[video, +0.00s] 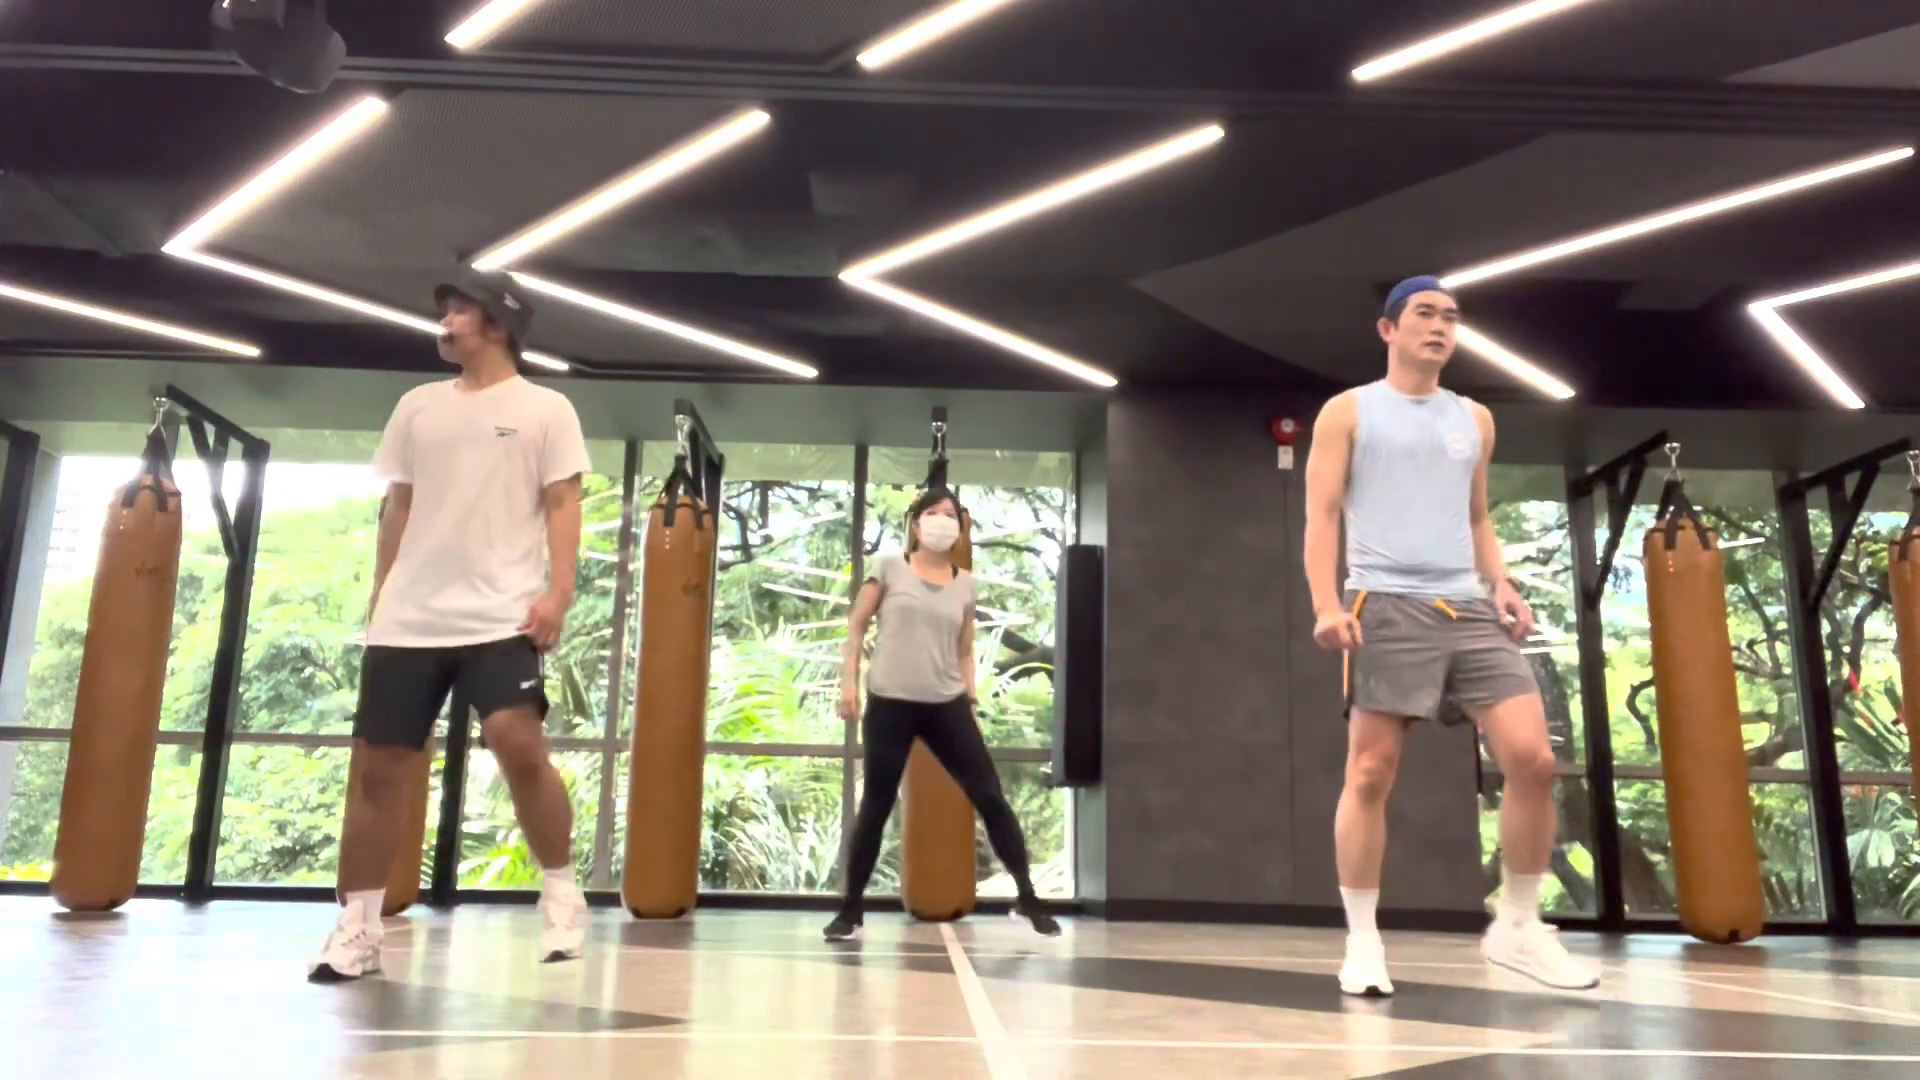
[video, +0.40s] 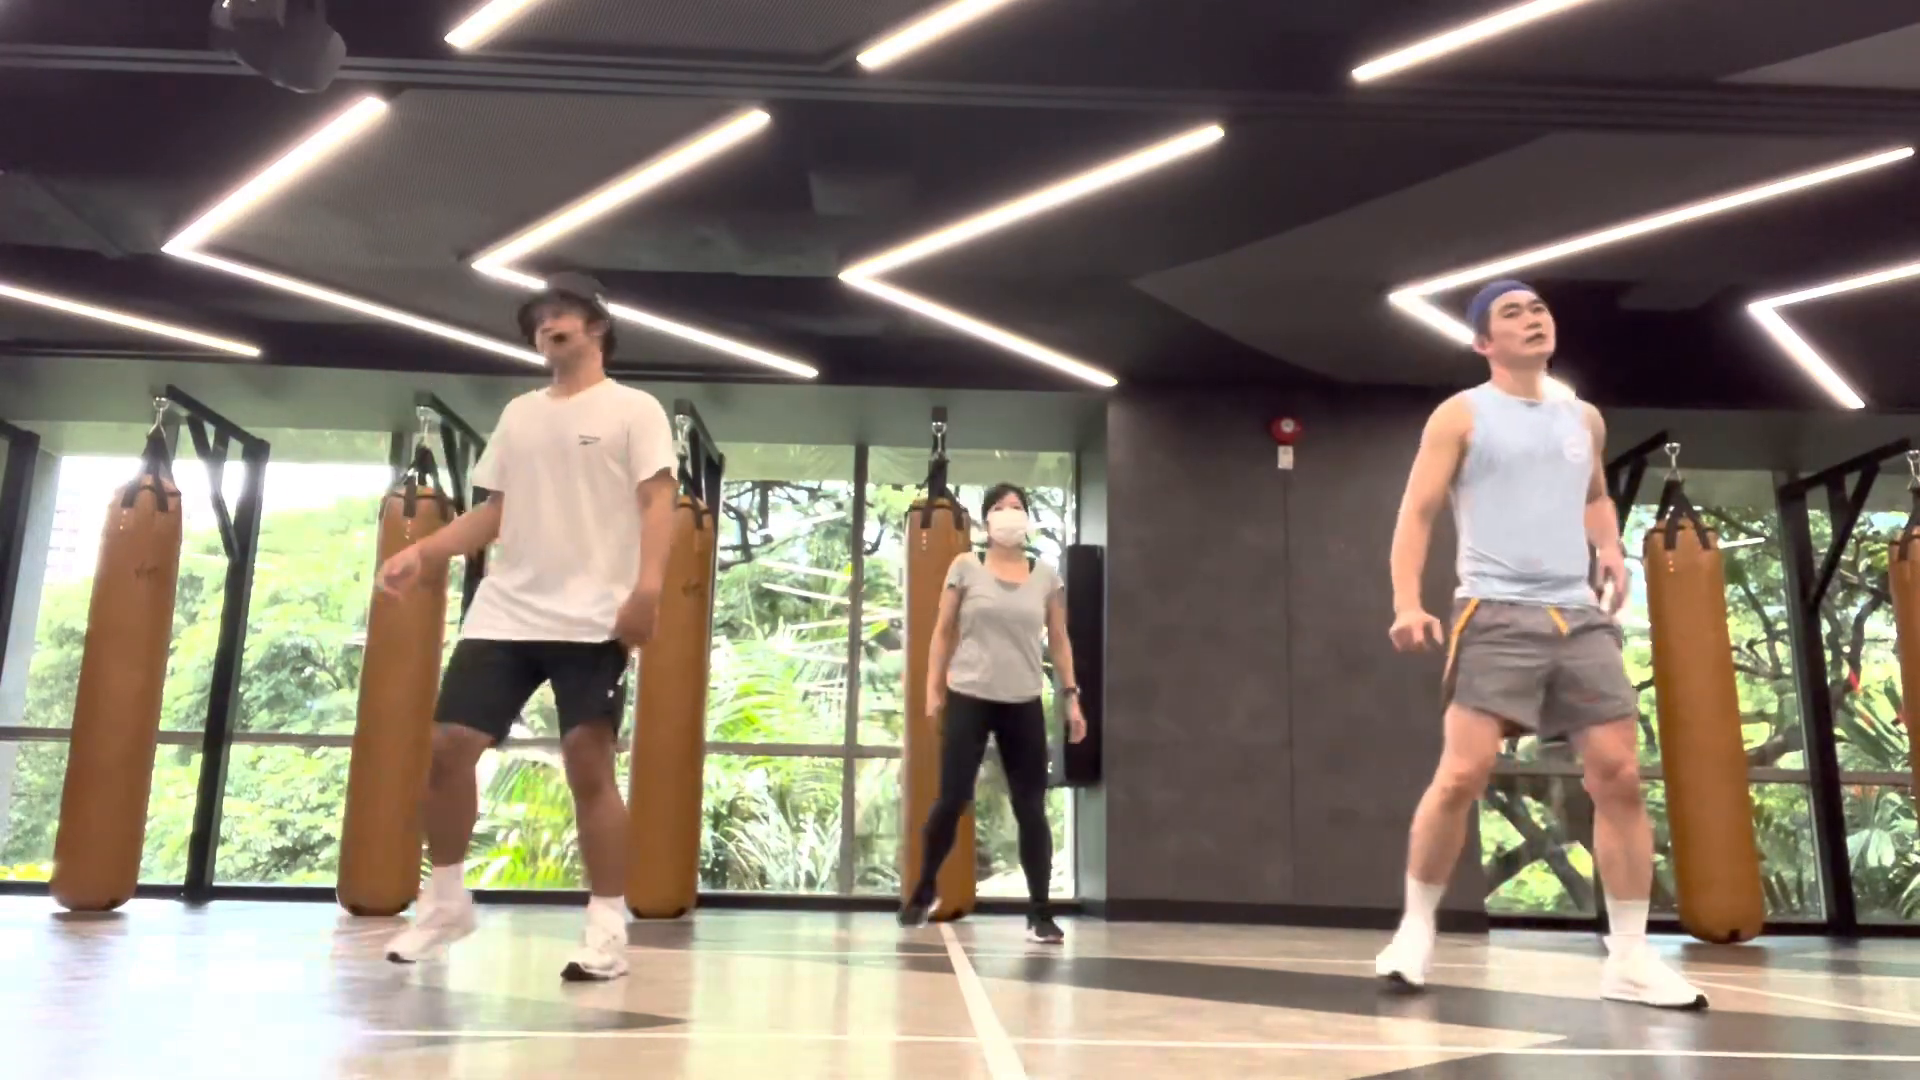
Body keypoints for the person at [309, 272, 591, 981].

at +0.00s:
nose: (445, 322)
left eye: (459, 309)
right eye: (445, 311)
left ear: (499, 321)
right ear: (454, 325)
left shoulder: (547, 409)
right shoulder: (416, 407)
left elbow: (564, 506)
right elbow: (397, 515)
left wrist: (559, 592)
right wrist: (383, 603)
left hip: (501, 614)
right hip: (408, 615)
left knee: (519, 746)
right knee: (375, 765)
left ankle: (560, 892)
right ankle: (359, 929)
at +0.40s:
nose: (548, 326)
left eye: (562, 314)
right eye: (540, 319)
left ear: (598, 327)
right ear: (535, 338)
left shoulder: (637, 410)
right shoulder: (519, 412)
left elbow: (659, 503)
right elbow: (492, 514)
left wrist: (649, 588)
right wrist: (422, 551)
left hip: (590, 617)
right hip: (504, 611)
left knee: (589, 765)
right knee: (450, 746)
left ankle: (608, 929)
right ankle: (446, 905)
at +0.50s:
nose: (573, 320)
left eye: (587, 312)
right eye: (562, 312)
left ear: (613, 331)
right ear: (547, 334)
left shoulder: (642, 408)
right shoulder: (526, 411)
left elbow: (667, 500)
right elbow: (505, 509)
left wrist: (656, 587)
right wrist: (434, 531)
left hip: (602, 614)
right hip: (517, 611)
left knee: (595, 759)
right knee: (476, 745)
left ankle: (608, 928)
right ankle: (525, 894)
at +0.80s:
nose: (567, 328)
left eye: (580, 320)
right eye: (554, 322)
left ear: (605, 339)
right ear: (537, 346)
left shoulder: (632, 412)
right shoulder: (518, 422)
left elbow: (638, 512)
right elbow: (487, 508)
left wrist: (615, 606)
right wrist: (428, 448)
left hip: (588, 618)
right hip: (507, 615)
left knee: (588, 773)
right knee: (455, 746)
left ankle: (608, 927)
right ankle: (520, 881)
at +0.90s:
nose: (554, 323)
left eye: (567, 315)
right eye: (541, 317)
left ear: (593, 334)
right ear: (524, 341)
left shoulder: (619, 408)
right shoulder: (503, 417)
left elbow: (626, 509)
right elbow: (460, 494)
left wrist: (600, 598)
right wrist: (416, 416)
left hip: (574, 615)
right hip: (488, 611)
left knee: (582, 768)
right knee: (422, 741)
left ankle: (607, 928)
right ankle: (440, 897)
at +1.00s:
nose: (540, 332)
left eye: (554, 322)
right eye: (527, 324)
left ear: (579, 344)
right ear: (508, 346)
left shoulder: (601, 421)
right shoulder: (478, 420)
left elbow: (612, 517)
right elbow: (424, 496)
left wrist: (585, 604)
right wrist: (394, 415)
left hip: (550, 625)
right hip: (465, 620)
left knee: (567, 768)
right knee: (396, 757)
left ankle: (605, 927)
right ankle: (355, 912)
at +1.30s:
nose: (463, 331)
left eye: (480, 324)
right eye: (453, 321)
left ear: (504, 348)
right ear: (435, 339)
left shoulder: (520, 428)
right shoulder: (393, 407)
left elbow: (518, 528)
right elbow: (336, 479)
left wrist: (500, 617)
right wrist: (312, 397)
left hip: (460, 627)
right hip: (367, 619)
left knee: (489, 761)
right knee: (332, 763)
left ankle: (540, 912)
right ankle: (327, 928)